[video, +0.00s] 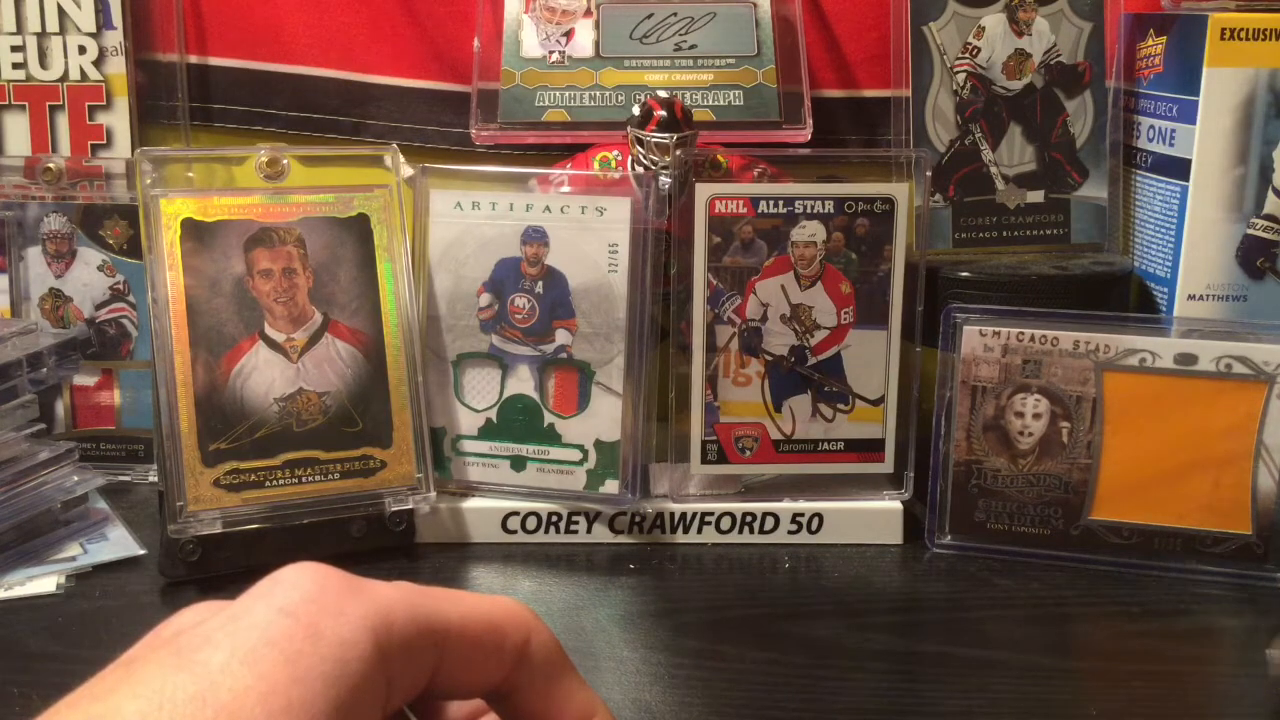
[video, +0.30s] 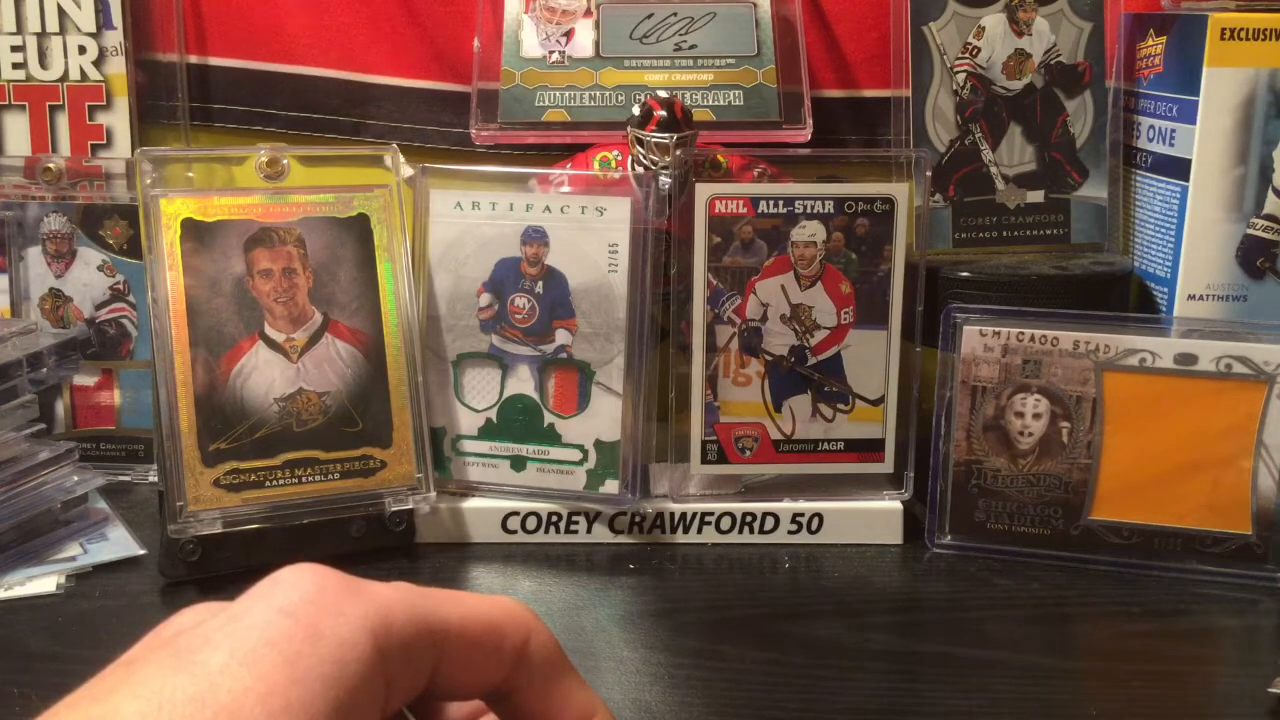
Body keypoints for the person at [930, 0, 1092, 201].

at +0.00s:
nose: (1029, 16)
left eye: (1033, 10)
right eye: (1023, 10)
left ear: (1037, 10)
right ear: (1010, 9)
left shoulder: (1041, 27)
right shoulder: (990, 26)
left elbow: (1050, 63)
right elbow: (964, 62)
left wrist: (1070, 74)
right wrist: (969, 96)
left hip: (1026, 91)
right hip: (993, 93)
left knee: (1056, 121)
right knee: (979, 138)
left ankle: (1063, 175)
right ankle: (942, 185)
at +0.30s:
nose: (1029, 16)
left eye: (1033, 10)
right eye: (1023, 10)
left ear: (1037, 10)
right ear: (1010, 9)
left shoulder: (1041, 27)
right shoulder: (990, 26)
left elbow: (1050, 62)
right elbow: (964, 62)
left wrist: (1069, 74)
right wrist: (969, 96)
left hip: (1026, 91)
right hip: (993, 93)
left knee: (1056, 120)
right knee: (979, 138)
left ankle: (1063, 175)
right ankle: (942, 185)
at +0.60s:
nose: (1030, 16)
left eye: (1033, 10)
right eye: (1024, 10)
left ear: (1037, 10)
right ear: (1011, 9)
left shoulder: (1041, 27)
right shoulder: (990, 26)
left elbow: (1050, 59)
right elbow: (965, 62)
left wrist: (1068, 74)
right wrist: (969, 95)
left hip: (1027, 91)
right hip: (993, 93)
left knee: (1056, 121)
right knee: (980, 138)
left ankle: (1063, 175)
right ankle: (942, 185)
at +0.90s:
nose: (1029, 16)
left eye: (1033, 10)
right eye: (1024, 10)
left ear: (1037, 10)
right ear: (1011, 8)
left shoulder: (1041, 27)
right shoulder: (990, 26)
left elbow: (1050, 60)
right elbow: (965, 62)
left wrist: (1068, 73)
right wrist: (969, 95)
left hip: (1027, 91)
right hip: (993, 93)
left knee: (1056, 122)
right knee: (980, 138)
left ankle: (1063, 176)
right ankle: (942, 185)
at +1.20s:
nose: (1029, 15)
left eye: (1033, 10)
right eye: (1023, 9)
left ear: (1037, 9)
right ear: (1011, 8)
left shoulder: (1041, 27)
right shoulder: (991, 25)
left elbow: (1052, 60)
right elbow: (965, 62)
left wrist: (1069, 74)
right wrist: (970, 96)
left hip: (1029, 91)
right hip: (994, 93)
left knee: (1057, 121)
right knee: (980, 137)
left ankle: (1062, 174)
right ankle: (942, 183)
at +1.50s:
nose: (1029, 15)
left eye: (1033, 10)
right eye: (1023, 9)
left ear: (1037, 9)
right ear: (1011, 8)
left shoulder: (1041, 27)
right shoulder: (990, 25)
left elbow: (1051, 60)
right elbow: (965, 62)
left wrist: (1068, 74)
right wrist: (970, 97)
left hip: (1026, 92)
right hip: (993, 94)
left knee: (1056, 121)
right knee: (979, 138)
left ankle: (1062, 175)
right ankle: (942, 184)